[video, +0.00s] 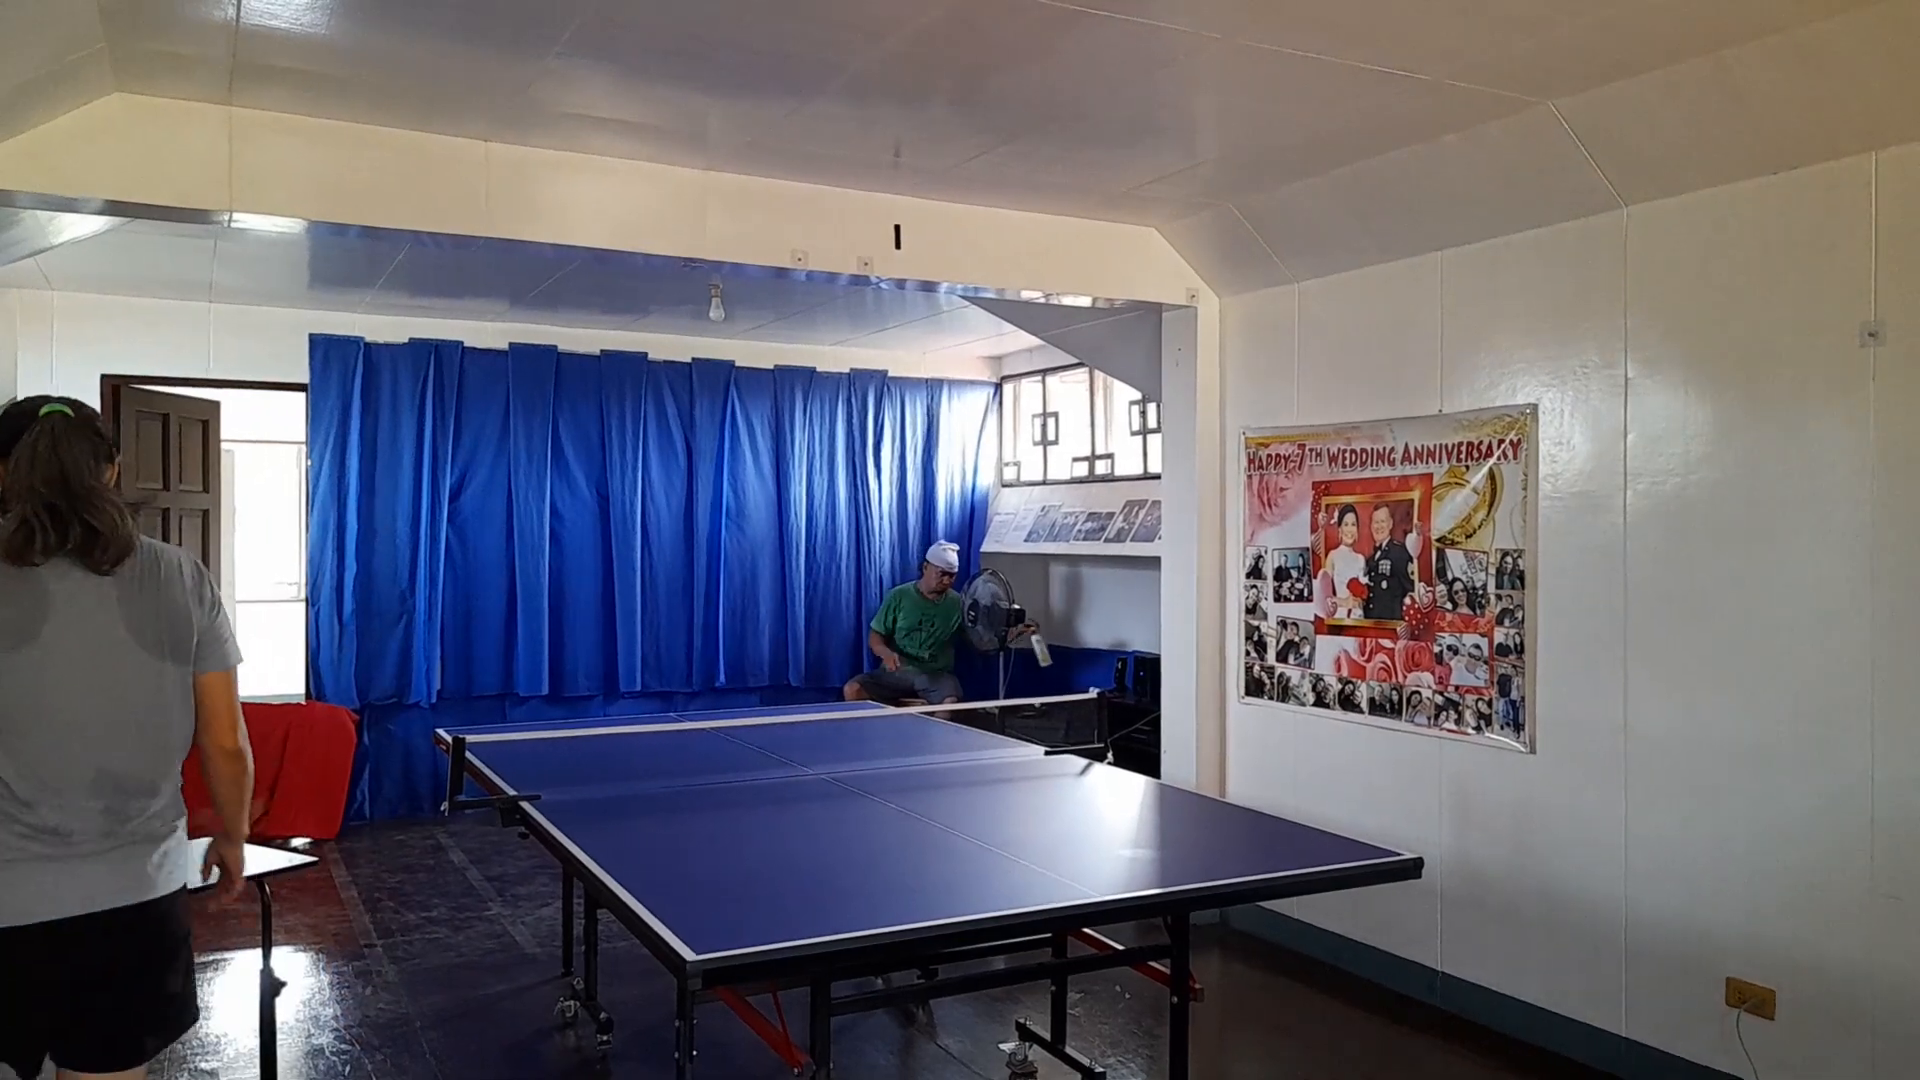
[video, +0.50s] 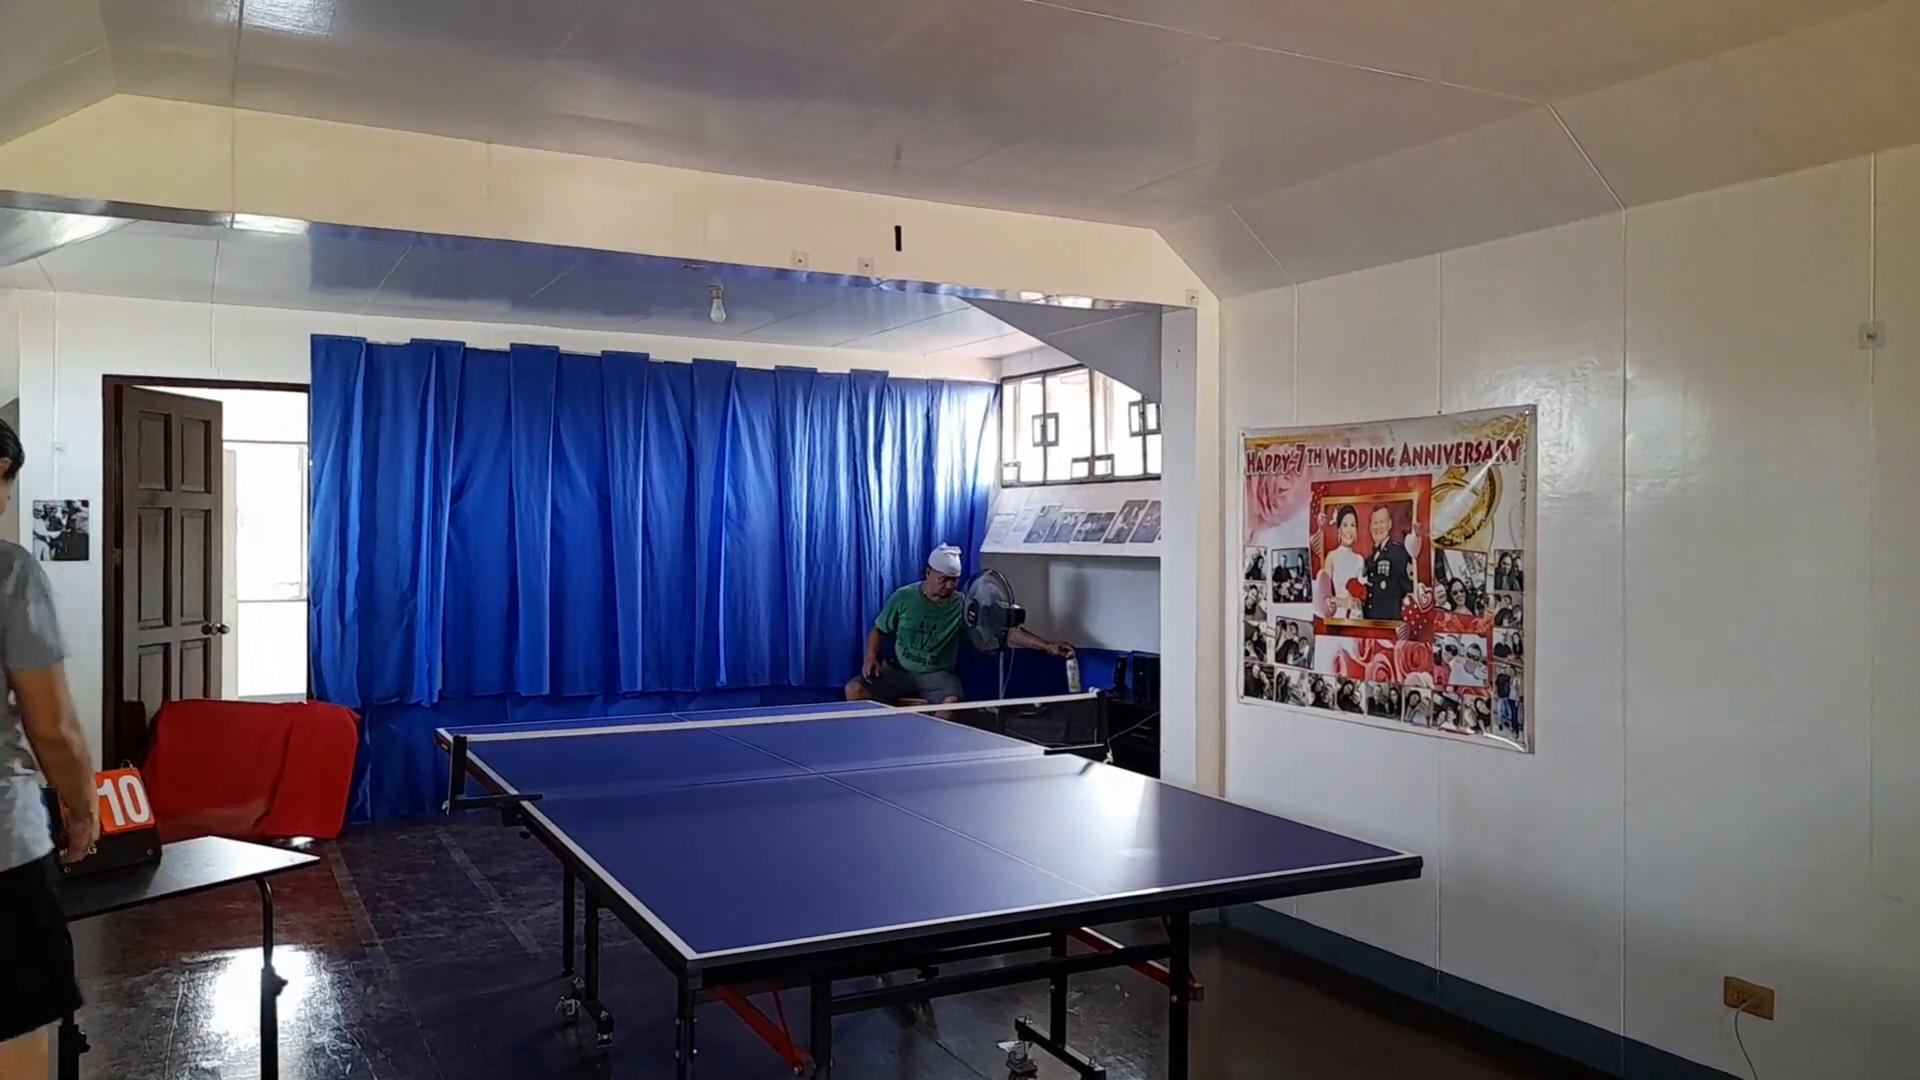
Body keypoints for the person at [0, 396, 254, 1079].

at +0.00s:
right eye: (114, 464)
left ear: (5, 477)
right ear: (109, 475)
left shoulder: (4, 577)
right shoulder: (177, 579)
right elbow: (224, 744)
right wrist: (233, 837)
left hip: (14, 911)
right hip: (139, 905)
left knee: (17, 1067)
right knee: (110, 1067)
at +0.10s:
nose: (110, 478)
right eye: (108, 469)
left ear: (4, 483)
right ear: (99, 480)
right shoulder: (164, 581)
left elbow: (212, 743)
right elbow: (212, 746)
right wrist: (207, 819)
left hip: (13, 901)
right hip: (124, 897)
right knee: (101, 1066)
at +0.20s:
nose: (81, 491)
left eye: (76, 480)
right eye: (82, 481)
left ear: (2, 491)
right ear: (73, 489)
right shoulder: (125, 586)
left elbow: (173, 745)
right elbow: (174, 747)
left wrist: (168, 817)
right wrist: (171, 818)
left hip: (8, 893)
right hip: (96, 889)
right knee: (83, 1061)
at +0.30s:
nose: (49, 499)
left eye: (43, 487)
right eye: (50, 487)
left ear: (32, 492)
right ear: (38, 491)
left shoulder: (78, 589)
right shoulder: (80, 589)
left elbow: (131, 747)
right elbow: (132, 748)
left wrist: (136, 820)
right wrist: (140, 821)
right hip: (55, 872)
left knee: (53, 1059)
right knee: (66, 1060)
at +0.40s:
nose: (22, 503)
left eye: (20, 491)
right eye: (24, 491)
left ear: (13, 485)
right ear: (15, 485)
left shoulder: (44, 578)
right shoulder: (43, 578)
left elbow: (89, 736)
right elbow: (89, 738)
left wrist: (104, 812)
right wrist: (107, 818)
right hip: (28, 858)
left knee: (43, 1042)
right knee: (41, 1047)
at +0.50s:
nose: (12, 485)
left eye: (8, 475)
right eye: (13, 474)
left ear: (4, 473)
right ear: (6, 473)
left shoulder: (19, 571)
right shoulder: (14, 570)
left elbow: (49, 728)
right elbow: (50, 729)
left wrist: (77, 807)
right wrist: (81, 809)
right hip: (7, 842)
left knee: (32, 1021)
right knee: (27, 1027)